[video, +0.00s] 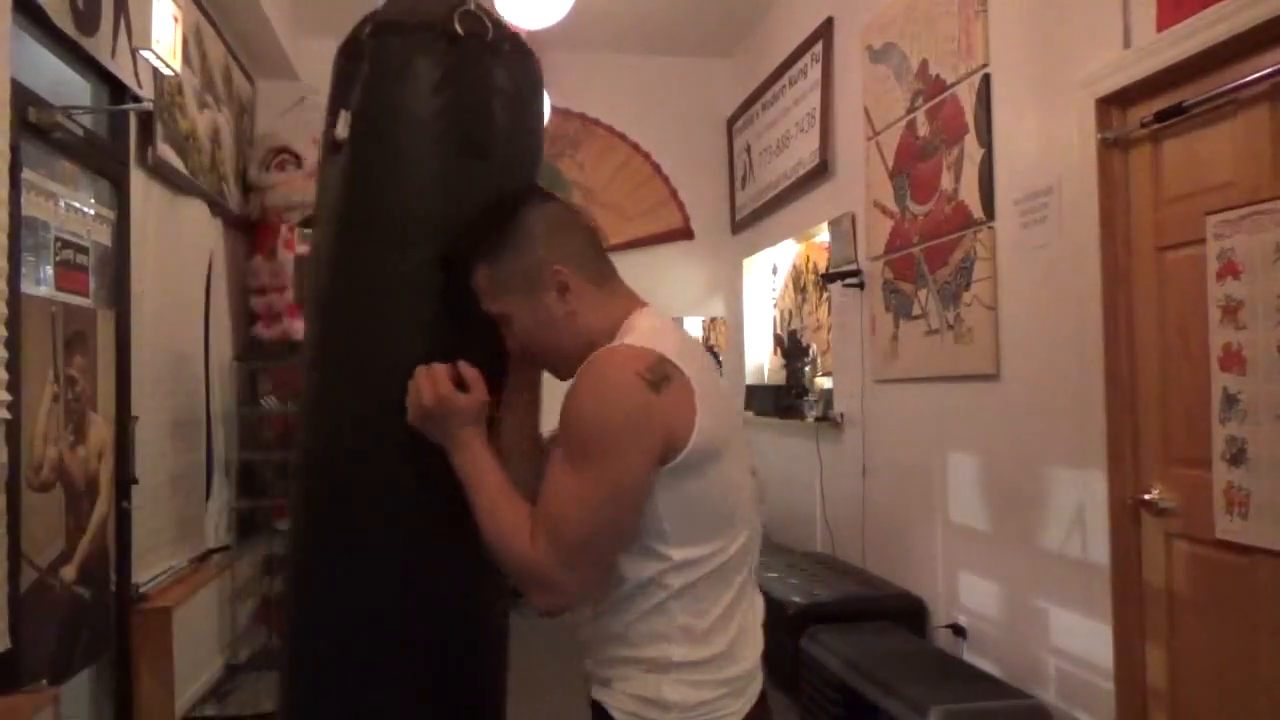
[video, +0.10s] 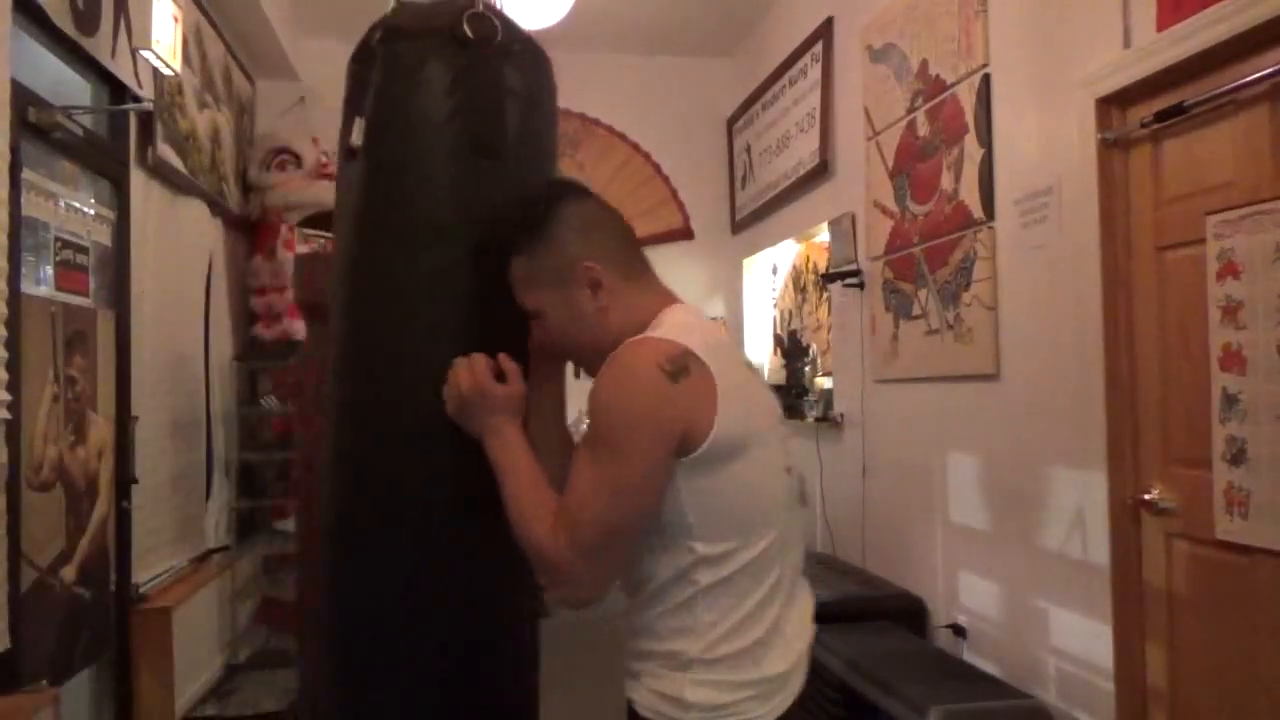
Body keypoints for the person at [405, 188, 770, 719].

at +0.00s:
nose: (511, 347)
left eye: (506, 321)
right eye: (498, 326)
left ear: (561, 289)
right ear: (565, 288)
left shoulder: (621, 377)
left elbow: (553, 581)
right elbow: (529, 501)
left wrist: (461, 440)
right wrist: (522, 364)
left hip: (662, 704)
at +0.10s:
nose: (539, 339)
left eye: (539, 315)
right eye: (532, 318)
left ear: (593, 286)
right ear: (596, 282)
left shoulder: (647, 371)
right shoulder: (697, 339)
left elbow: (574, 573)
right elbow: (570, 512)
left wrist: (496, 431)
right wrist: (547, 362)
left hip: (700, 699)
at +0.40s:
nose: (686, 349)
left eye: (687, 331)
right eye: (680, 334)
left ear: (744, 304)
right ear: (745, 304)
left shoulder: (813, 387)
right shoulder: (794, 379)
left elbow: (770, 573)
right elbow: (714, 522)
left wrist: (636, 504)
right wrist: (694, 397)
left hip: (819, 698)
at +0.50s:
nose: (714, 336)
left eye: (711, 317)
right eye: (706, 321)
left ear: (762, 290)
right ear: (766, 290)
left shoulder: (806, 349)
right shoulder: (853, 343)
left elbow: (778, 534)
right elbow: (750, 504)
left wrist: (639, 475)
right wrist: (733, 389)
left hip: (836, 686)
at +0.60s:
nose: (733, 339)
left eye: (730, 316)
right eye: (725, 320)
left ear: (774, 290)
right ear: (782, 287)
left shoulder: (805, 344)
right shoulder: (886, 347)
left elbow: (782, 522)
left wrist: (645, 470)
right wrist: (759, 388)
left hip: (846, 689)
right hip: (932, 683)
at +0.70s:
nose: (741, 333)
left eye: (739, 313)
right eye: (733, 318)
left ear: (788, 289)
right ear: (794, 286)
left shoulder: (828, 350)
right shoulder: (888, 343)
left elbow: (795, 534)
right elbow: (777, 504)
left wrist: (661, 450)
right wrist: (760, 390)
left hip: (872, 694)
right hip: (939, 684)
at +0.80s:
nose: (730, 321)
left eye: (735, 298)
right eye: (726, 301)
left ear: (797, 277)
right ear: (802, 279)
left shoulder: (855, 347)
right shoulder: (871, 334)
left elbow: (785, 533)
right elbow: (769, 506)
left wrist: (693, 395)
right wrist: (738, 372)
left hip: (890, 685)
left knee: (699, 586)